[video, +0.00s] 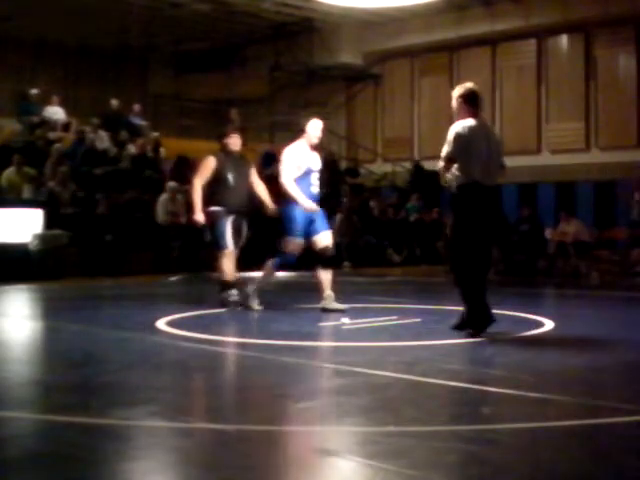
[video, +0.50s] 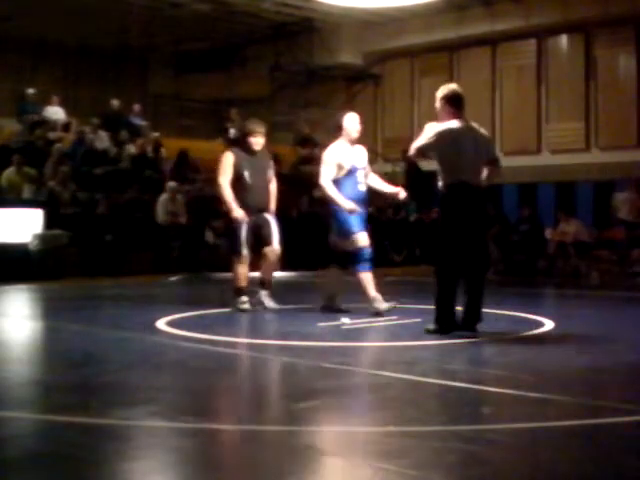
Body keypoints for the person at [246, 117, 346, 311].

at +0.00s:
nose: (318, 134)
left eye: (320, 131)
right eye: (315, 130)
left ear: (321, 133)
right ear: (306, 130)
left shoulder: (315, 155)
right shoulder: (292, 151)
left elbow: (311, 182)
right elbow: (286, 180)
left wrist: (315, 202)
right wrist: (305, 202)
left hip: (314, 205)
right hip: (296, 205)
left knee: (325, 249)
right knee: (292, 249)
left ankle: (327, 296)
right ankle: (256, 286)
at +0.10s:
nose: (328, 132)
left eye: (330, 128)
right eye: (325, 127)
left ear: (331, 130)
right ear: (316, 127)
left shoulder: (325, 153)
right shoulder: (303, 149)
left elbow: (327, 185)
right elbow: (297, 178)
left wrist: (340, 208)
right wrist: (317, 202)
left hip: (326, 203)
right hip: (309, 203)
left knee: (331, 251)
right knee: (312, 253)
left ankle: (328, 297)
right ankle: (275, 284)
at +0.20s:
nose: (335, 128)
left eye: (337, 125)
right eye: (332, 124)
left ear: (339, 127)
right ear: (323, 125)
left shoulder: (334, 151)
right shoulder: (310, 147)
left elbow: (336, 178)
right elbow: (304, 175)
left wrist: (360, 195)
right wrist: (325, 196)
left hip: (333, 198)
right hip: (317, 197)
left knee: (333, 248)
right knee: (332, 244)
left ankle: (329, 298)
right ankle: (299, 283)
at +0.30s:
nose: (342, 128)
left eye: (344, 124)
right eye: (339, 123)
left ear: (346, 126)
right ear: (331, 124)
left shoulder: (343, 148)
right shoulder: (317, 147)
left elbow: (348, 175)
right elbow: (311, 176)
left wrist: (374, 186)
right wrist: (332, 196)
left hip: (341, 198)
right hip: (324, 197)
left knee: (343, 245)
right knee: (344, 242)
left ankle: (333, 297)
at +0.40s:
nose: (350, 128)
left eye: (351, 124)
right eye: (346, 124)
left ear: (353, 126)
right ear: (337, 125)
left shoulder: (352, 150)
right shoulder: (325, 149)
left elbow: (360, 176)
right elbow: (317, 178)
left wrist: (384, 185)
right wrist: (337, 199)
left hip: (351, 204)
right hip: (334, 204)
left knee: (337, 250)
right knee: (351, 245)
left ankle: (328, 298)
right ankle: (364, 297)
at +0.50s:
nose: (357, 129)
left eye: (358, 124)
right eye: (353, 125)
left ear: (360, 127)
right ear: (343, 127)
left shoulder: (361, 150)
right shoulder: (333, 151)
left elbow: (367, 176)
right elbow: (324, 180)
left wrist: (391, 190)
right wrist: (344, 203)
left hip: (360, 206)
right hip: (344, 206)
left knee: (342, 253)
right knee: (363, 247)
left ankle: (330, 297)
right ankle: (375, 298)